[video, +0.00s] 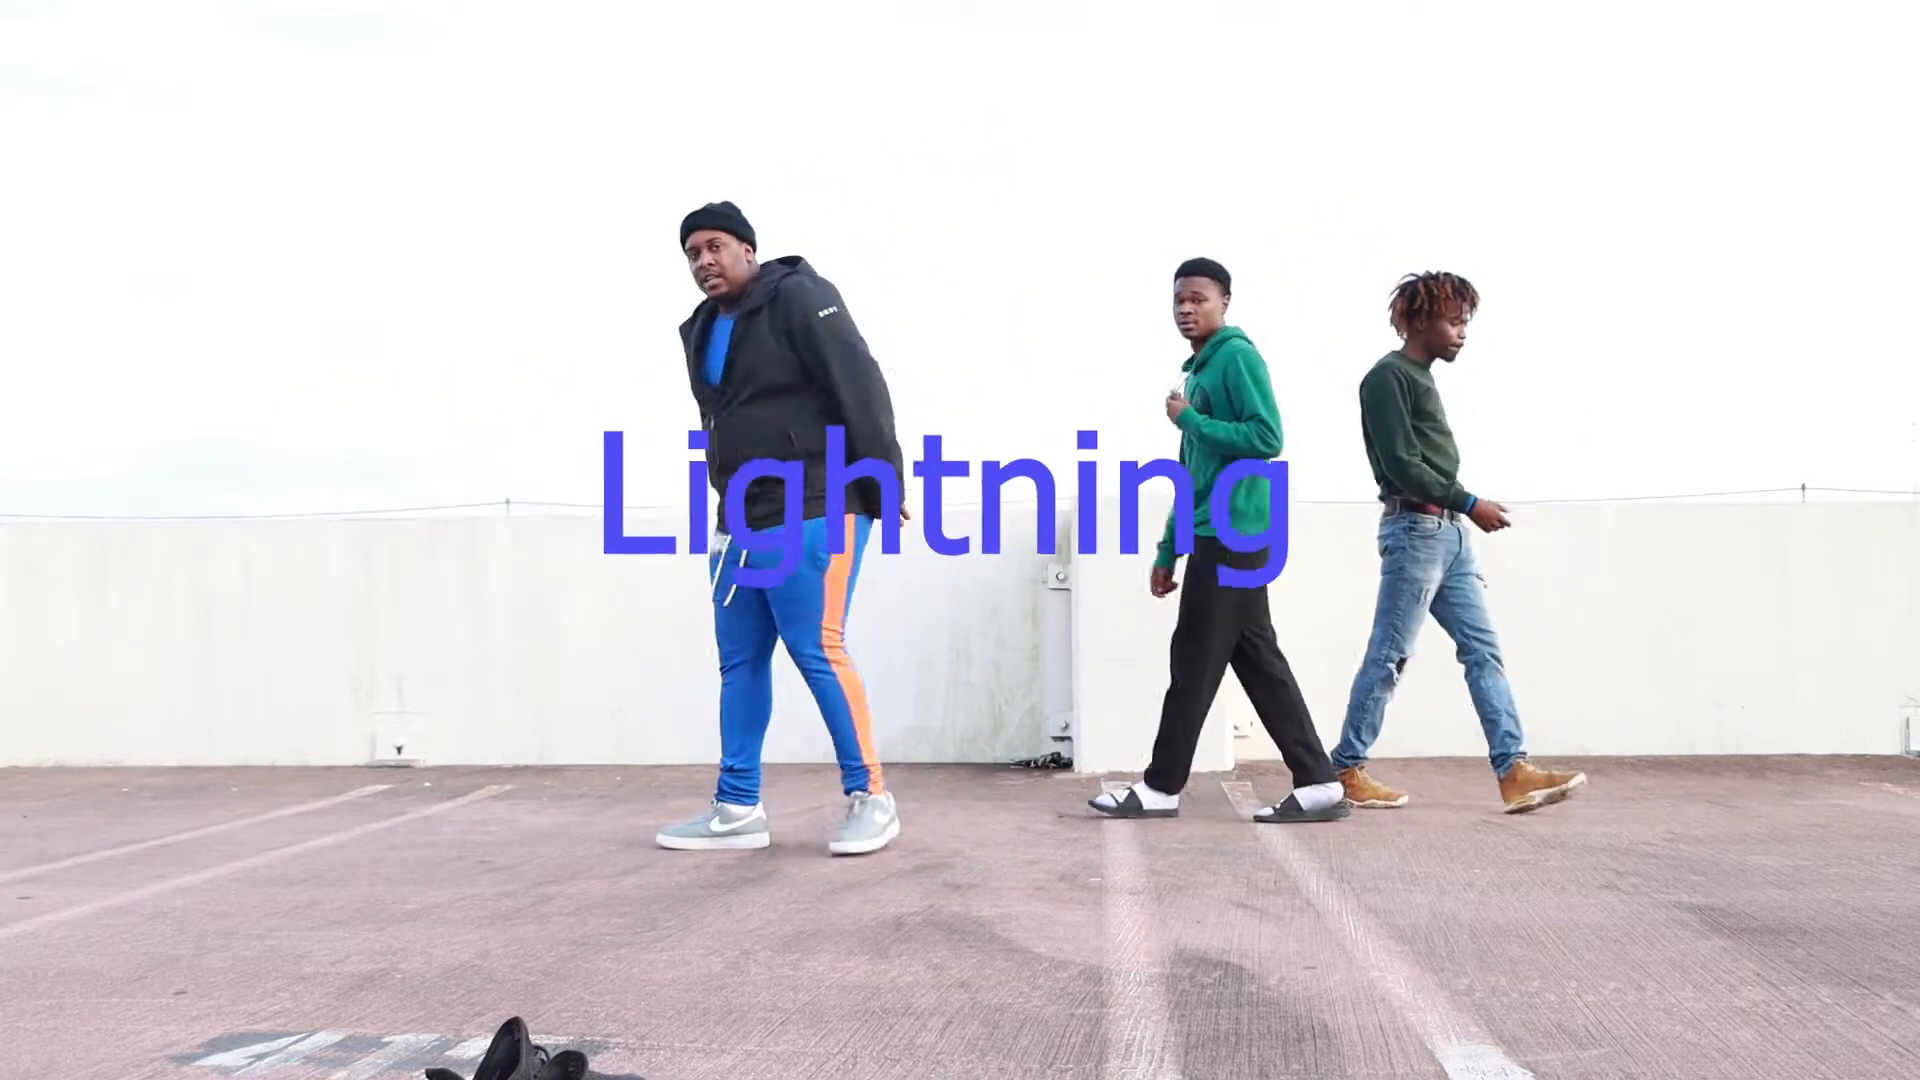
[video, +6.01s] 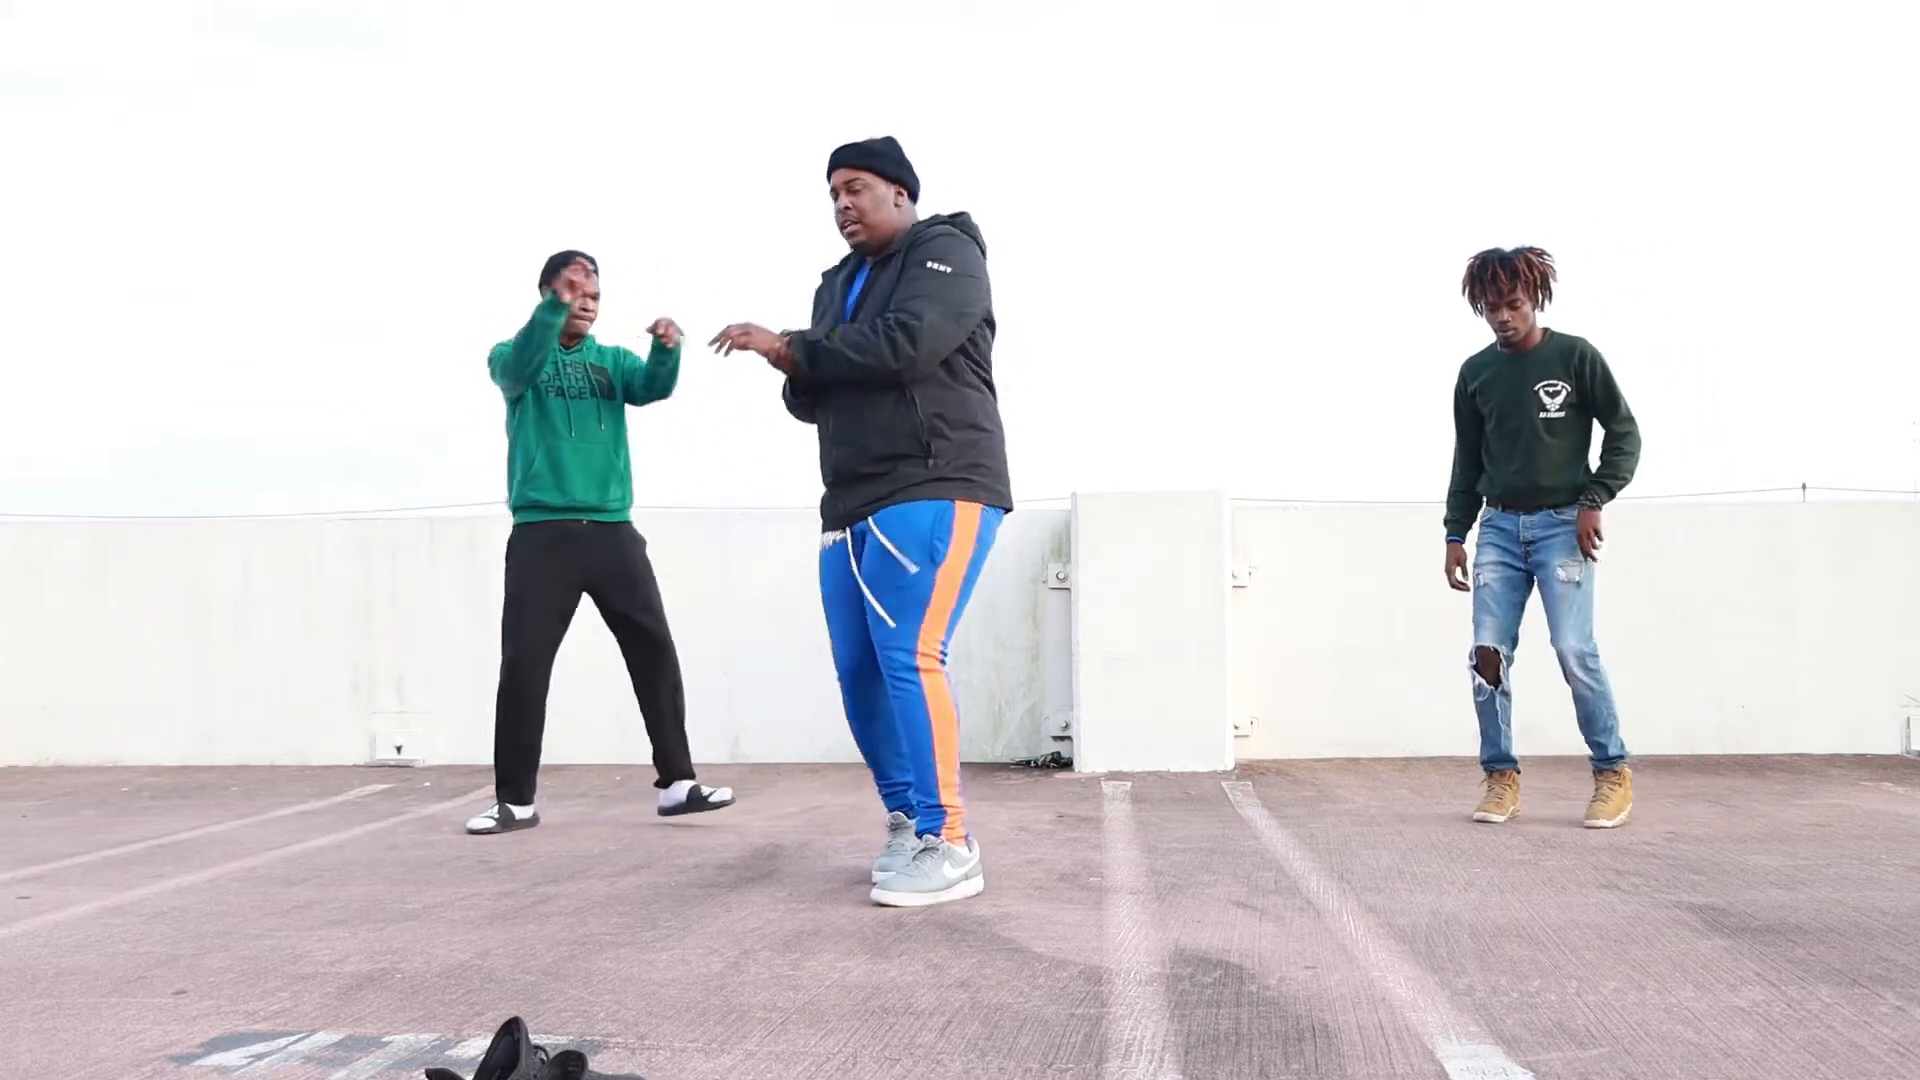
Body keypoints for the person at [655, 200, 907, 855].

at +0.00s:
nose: (704, 261)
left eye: (715, 247)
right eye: (695, 254)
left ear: (747, 248)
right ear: (690, 267)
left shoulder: (798, 293)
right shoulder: (703, 332)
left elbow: (859, 381)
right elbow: (721, 422)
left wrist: (882, 482)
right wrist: (726, 497)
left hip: (817, 505)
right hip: (744, 515)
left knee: (816, 646)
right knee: (741, 659)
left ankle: (870, 799)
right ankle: (737, 806)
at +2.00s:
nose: (926, 268)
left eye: (937, 260)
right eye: (914, 257)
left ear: (949, 269)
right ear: (891, 261)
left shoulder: (977, 322)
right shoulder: (845, 312)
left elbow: (1053, 338)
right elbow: (773, 330)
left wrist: (1143, 348)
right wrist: (697, 340)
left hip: (942, 510)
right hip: (853, 506)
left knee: (929, 654)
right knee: (848, 644)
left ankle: (924, 796)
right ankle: (859, 756)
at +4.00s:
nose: (872, 290)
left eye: (882, 278)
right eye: (858, 280)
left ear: (900, 273)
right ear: (840, 280)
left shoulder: (932, 319)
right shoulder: (816, 325)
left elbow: (942, 392)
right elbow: (783, 400)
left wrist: (877, 337)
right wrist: (853, 370)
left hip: (908, 509)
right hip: (828, 516)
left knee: (902, 646)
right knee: (849, 659)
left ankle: (913, 786)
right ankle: (867, 787)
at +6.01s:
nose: (842, 204)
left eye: (854, 189)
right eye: (835, 194)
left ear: (899, 190)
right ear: (836, 206)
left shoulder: (945, 247)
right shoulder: (836, 286)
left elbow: (907, 344)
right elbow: (812, 402)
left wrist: (796, 348)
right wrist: (792, 363)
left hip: (938, 487)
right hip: (854, 500)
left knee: (911, 654)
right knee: (861, 671)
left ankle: (949, 843)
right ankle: (910, 829)